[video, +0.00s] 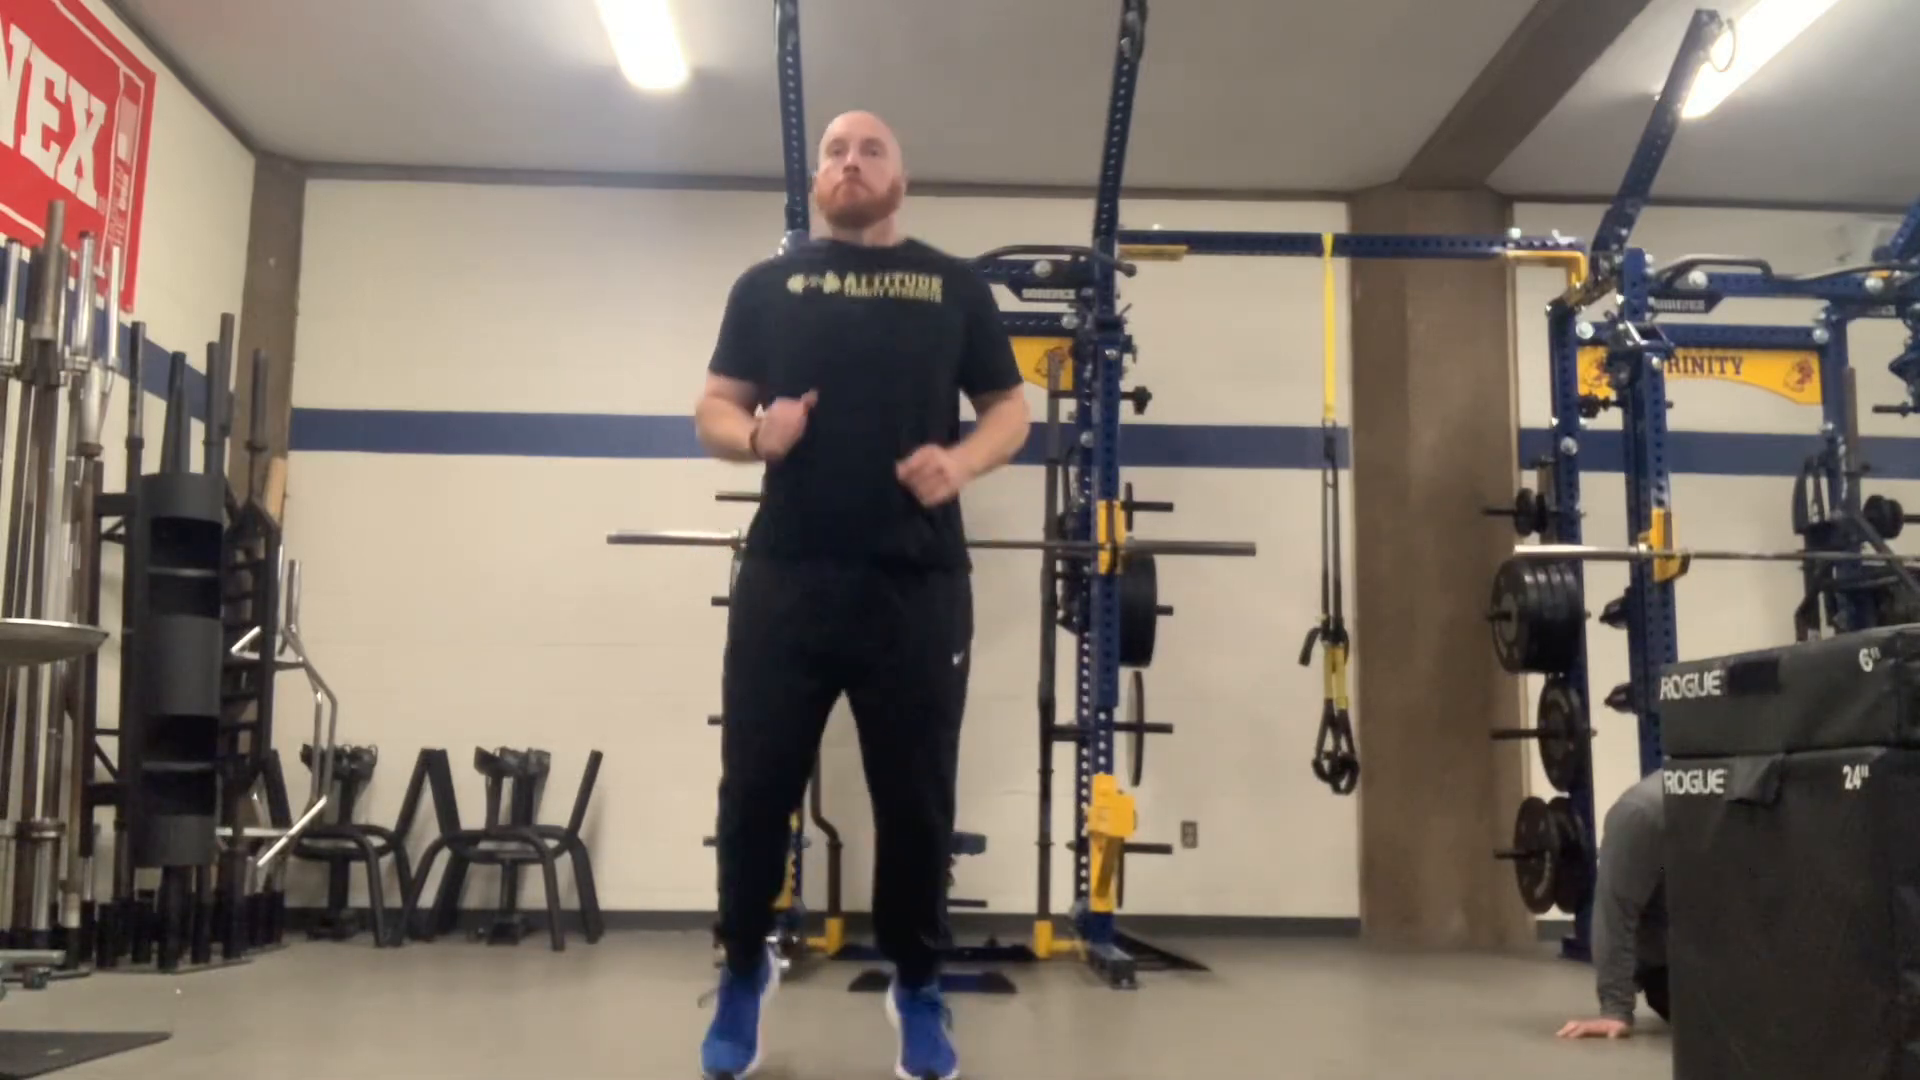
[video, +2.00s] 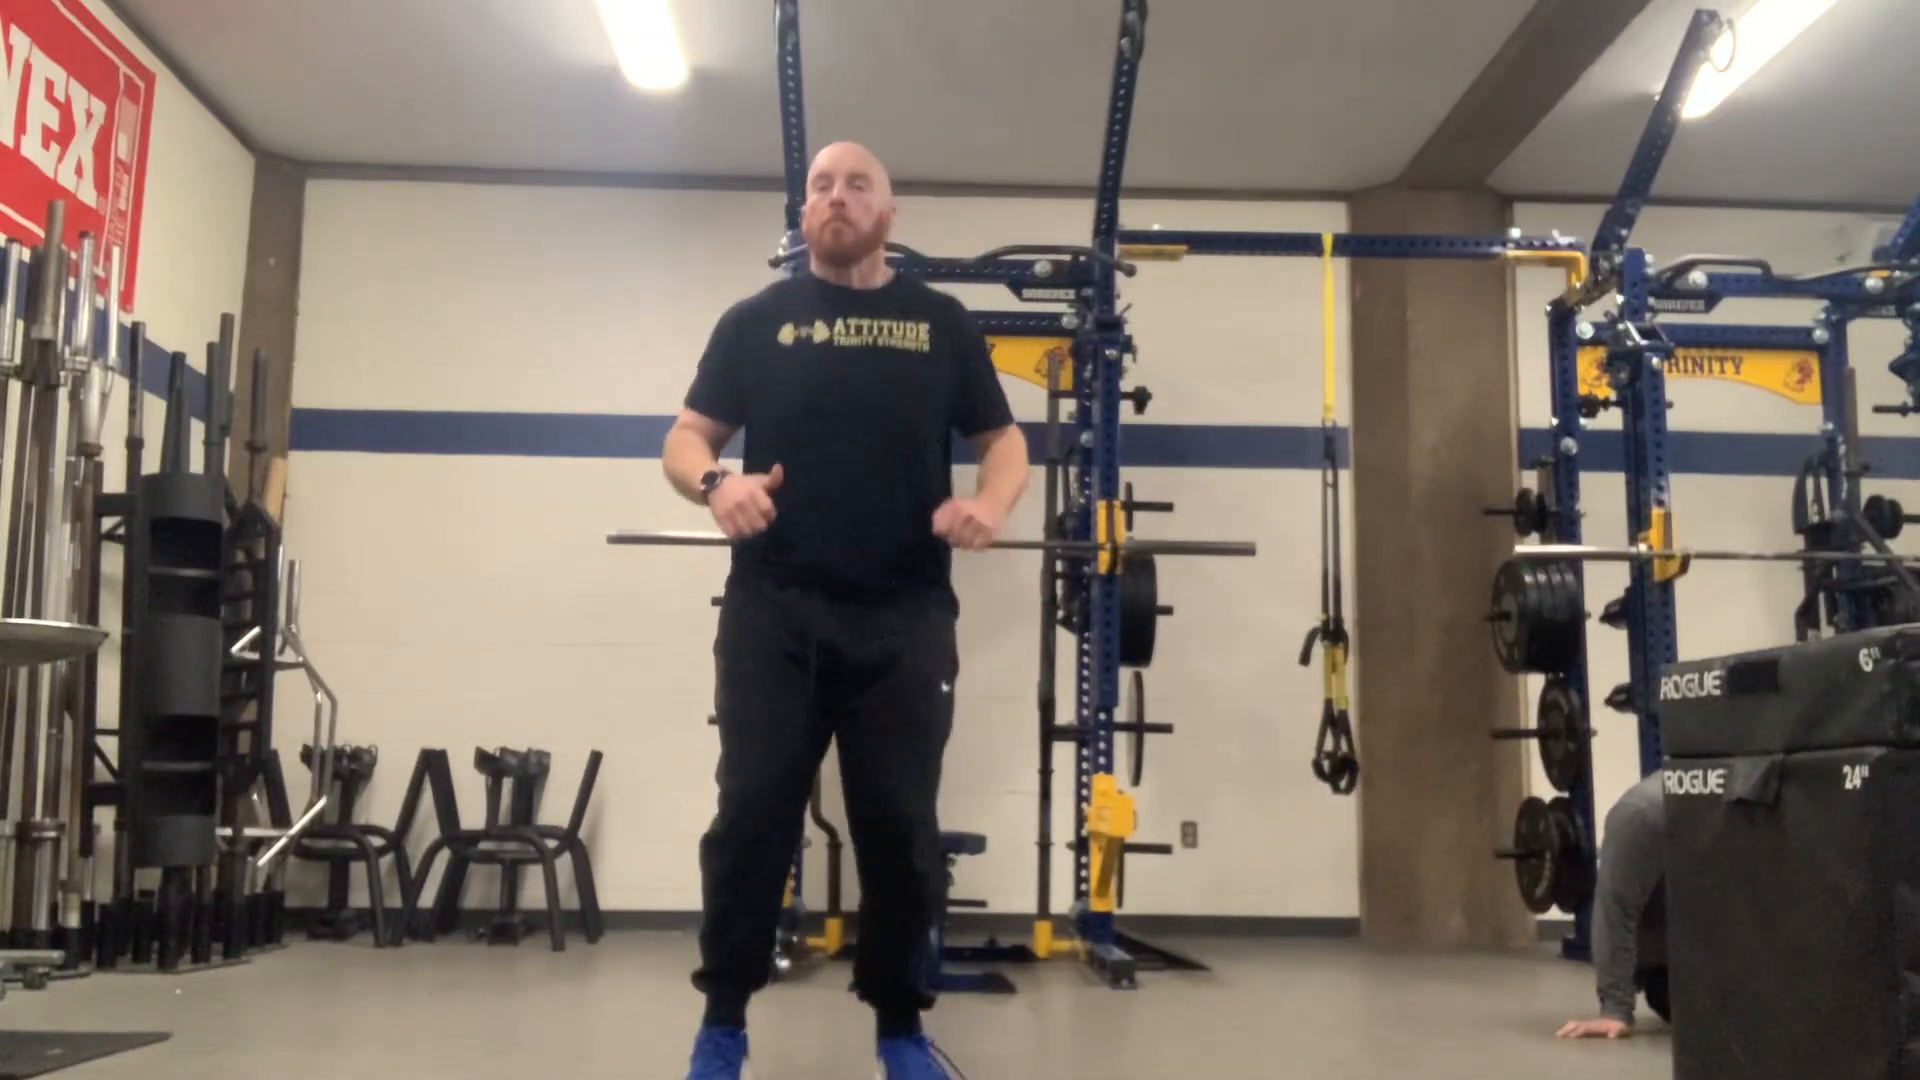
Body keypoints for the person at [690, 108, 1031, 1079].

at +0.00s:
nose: (851, 162)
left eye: (871, 151)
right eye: (837, 151)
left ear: (904, 181)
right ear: (813, 181)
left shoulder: (955, 287)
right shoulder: (765, 287)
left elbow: (1013, 409)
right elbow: (716, 412)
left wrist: (960, 461)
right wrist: (754, 433)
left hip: (916, 583)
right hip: (787, 579)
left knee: (917, 801)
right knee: (755, 789)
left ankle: (918, 992)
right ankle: (742, 974)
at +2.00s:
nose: (838, 196)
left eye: (858, 183)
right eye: (823, 184)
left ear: (892, 212)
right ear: (801, 213)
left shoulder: (945, 324)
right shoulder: (753, 323)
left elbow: (1006, 447)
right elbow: (686, 445)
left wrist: (990, 508)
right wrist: (716, 483)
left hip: (904, 614)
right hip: (773, 607)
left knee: (901, 829)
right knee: (752, 817)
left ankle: (902, 1032)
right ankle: (723, 1023)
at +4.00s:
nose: (832, 176)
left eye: (850, 164)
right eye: (816, 168)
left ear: (885, 194)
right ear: (796, 201)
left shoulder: (938, 297)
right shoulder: (749, 306)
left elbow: (1000, 420)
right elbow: (703, 424)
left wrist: (970, 488)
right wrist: (713, 479)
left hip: (902, 580)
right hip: (777, 577)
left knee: (916, 797)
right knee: (744, 786)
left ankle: (906, 995)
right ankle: (725, 980)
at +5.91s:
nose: (833, 171)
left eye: (852, 161)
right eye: (817, 162)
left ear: (885, 195)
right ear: (793, 196)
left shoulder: (929, 302)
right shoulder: (745, 301)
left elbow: (982, 429)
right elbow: (691, 430)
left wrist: (969, 463)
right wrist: (730, 467)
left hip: (892, 595)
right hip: (769, 592)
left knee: (894, 812)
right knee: (744, 803)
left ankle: (898, 1005)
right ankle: (714, 999)